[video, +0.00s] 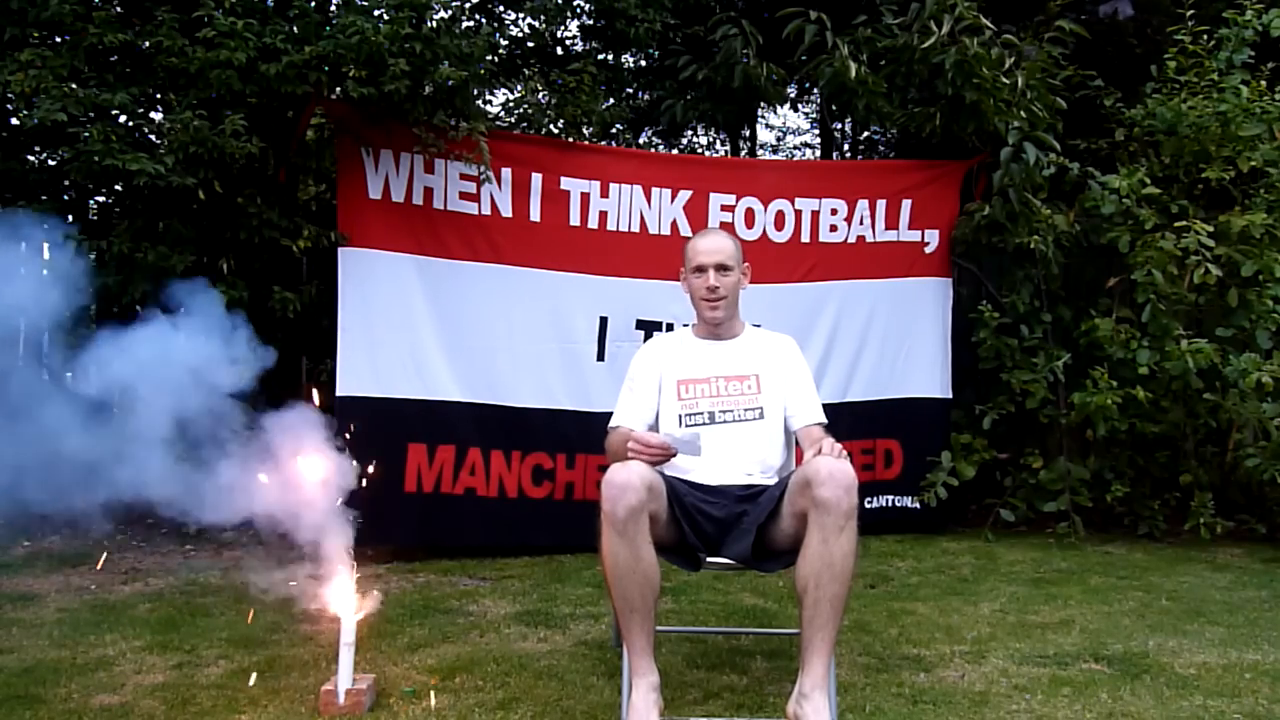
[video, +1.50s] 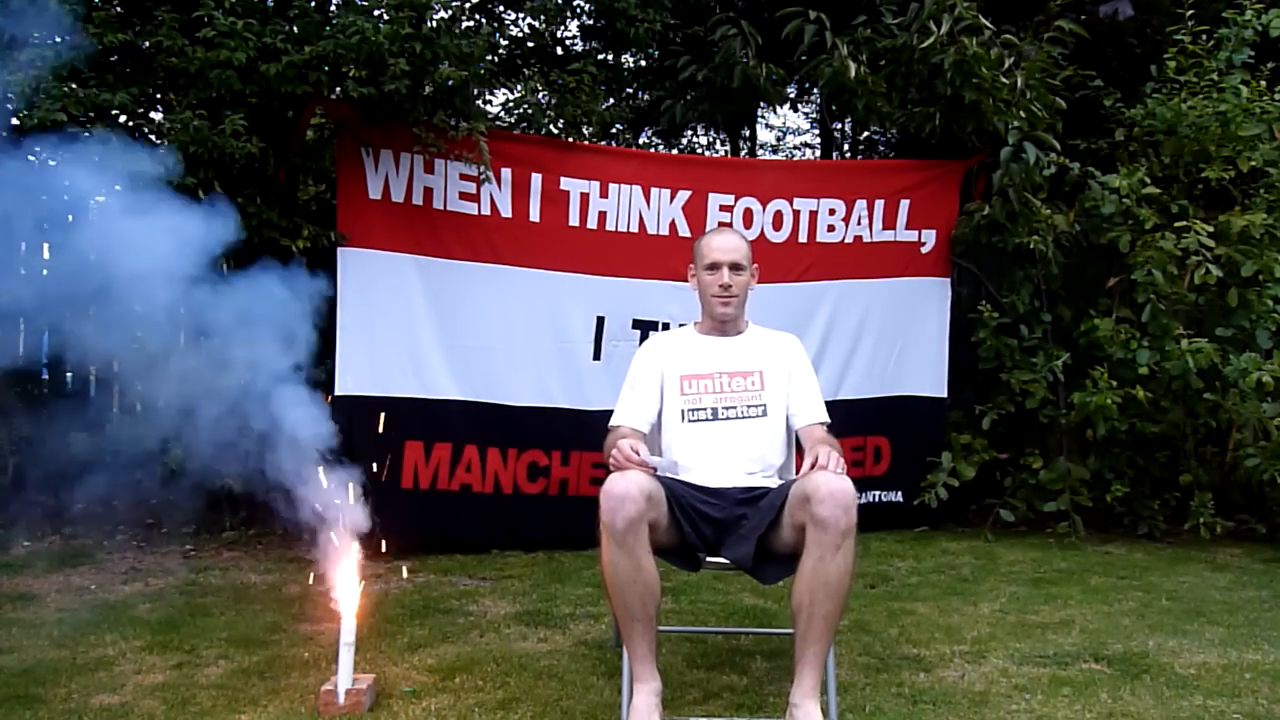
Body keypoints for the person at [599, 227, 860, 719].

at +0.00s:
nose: (711, 283)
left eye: (723, 270)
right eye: (699, 272)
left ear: (744, 276)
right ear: (684, 281)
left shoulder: (780, 350)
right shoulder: (657, 353)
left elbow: (811, 437)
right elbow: (614, 442)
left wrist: (825, 449)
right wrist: (634, 443)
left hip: (768, 502)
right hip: (680, 502)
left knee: (836, 477)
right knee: (620, 483)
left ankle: (813, 690)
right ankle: (642, 681)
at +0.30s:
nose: (715, 285)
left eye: (727, 273)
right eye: (703, 273)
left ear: (746, 277)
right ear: (686, 281)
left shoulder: (781, 349)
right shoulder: (656, 351)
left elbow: (812, 435)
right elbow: (613, 447)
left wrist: (824, 447)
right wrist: (634, 439)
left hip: (767, 504)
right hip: (678, 502)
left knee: (834, 478)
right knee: (618, 484)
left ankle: (811, 691)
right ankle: (642, 681)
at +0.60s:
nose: (716, 286)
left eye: (727, 274)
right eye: (703, 274)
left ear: (746, 278)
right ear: (687, 281)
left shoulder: (781, 349)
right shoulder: (655, 352)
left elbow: (811, 436)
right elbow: (614, 450)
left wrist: (823, 448)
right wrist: (635, 437)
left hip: (767, 504)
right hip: (678, 502)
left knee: (834, 478)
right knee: (617, 484)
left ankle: (811, 691)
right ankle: (642, 681)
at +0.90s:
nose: (720, 282)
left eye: (731, 270)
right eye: (707, 271)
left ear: (749, 278)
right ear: (689, 279)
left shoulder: (782, 349)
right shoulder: (658, 351)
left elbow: (812, 436)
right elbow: (618, 440)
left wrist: (824, 448)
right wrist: (625, 442)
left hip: (768, 505)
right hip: (679, 503)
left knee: (835, 478)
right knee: (619, 483)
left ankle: (811, 691)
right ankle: (642, 682)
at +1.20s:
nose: (726, 279)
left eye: (738, 268)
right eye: (714, 268)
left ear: (753, 277)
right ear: (694, 276)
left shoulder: (785, 348)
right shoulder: (660, 349)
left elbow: (815, 434)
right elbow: (624, 434)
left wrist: (825, 450)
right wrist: (623, 446)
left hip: (767, 502)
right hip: (679, 500)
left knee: (835, 501)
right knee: (619, 492)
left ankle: (802, 700)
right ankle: (644, 686)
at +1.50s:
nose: (725, 280)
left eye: (737, 269)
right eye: (713, 269)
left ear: (753, 277)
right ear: (693, 277)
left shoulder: (785, 348)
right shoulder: (660, 349)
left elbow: (814, 433)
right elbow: (623, 434)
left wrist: (824, 448)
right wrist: (623, 446)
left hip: (767, 502)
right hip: (680, 499)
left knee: (835, 494)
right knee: (619, 492)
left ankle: (806, 697)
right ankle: (645, 687)